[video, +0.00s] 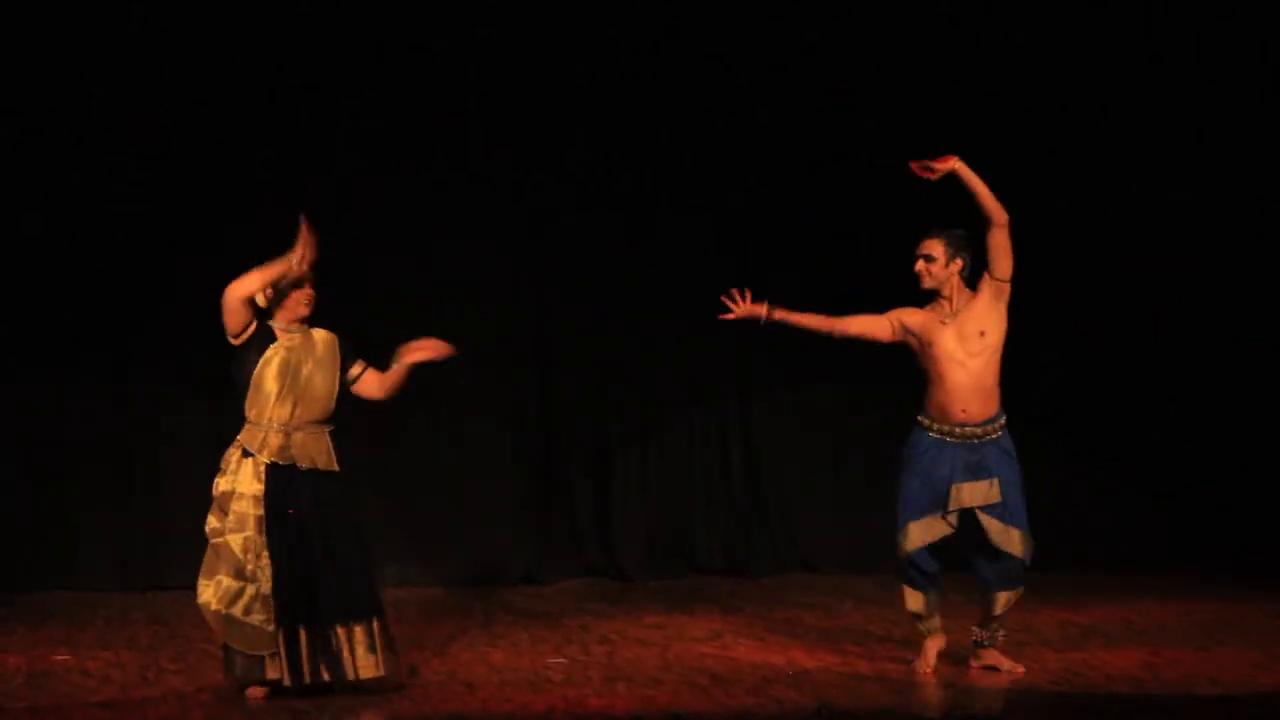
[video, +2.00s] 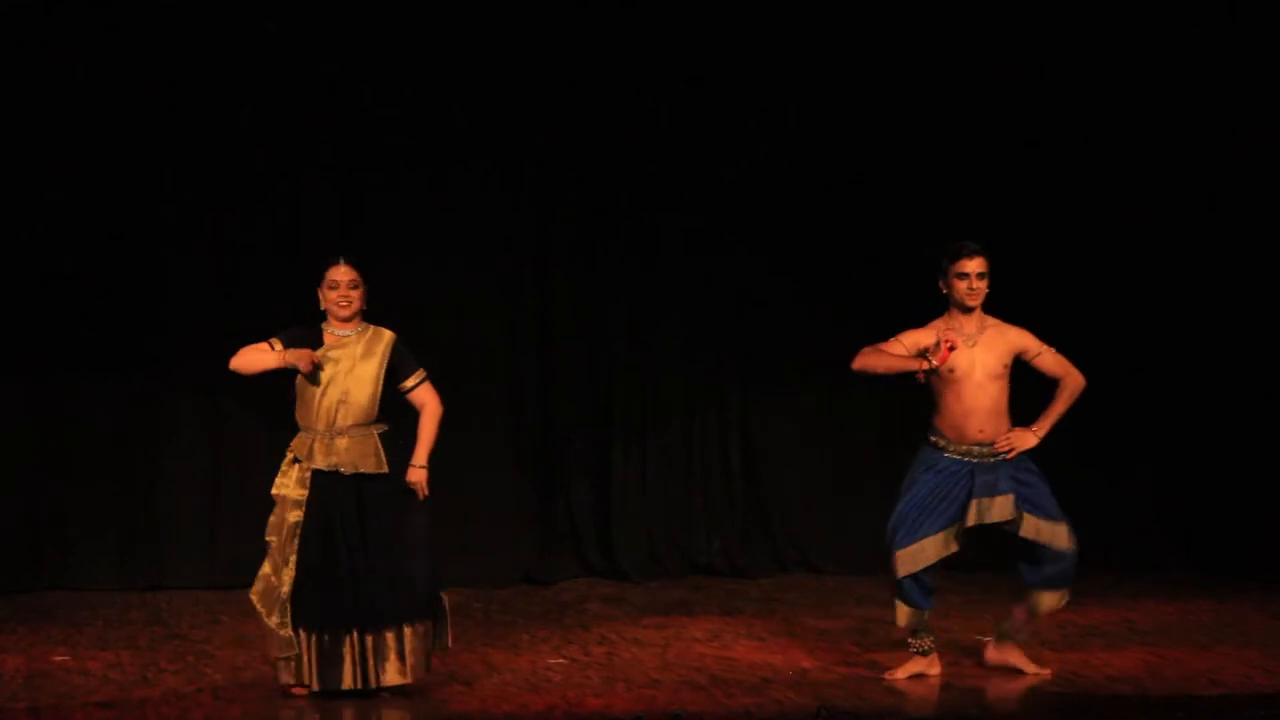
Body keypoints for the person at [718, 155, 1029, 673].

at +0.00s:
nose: (918, 268)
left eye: (929, 259)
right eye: (918, 260)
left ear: (958, 265)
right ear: (927, 268)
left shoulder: (993, 300)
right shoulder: (913, 322)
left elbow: (1000, 222)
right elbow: (838, 324)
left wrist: (960, 168)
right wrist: (769, 313)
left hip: (991, 442)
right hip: (933, 443)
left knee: (1009, 550)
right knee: (915, 546)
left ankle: (987, 646)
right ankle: (930, 639)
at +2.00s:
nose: (973, 285)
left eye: (980, 277)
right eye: (963, 277)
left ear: (988, 282)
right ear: (946, 283)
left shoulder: (1010, 337)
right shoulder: (930, 335)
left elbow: (1074, 380)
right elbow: (862, 361)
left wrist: (1037, 431)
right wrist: (924, 363)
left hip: (1004, 457)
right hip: (945, 456)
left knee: (1057, 546)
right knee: (906, 539)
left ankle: (1005, 643)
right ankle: (923, 652)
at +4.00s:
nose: (968, 281)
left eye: (973, 273)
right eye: (957, 273)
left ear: (978, 279)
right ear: (935, 280)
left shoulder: (994, 339)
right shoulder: (916, 334)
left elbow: (1058, 381)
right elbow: (857, 334)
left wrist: (1019, 430)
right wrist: (920, 332)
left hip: (988, 457)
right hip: (933, 463)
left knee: (1031, 547)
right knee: (960, 569)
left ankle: (1005, 651)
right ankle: (994, 649)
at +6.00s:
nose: (896, 296)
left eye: (896, 289)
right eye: (885, 290)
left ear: (894, 299)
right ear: (857, 300)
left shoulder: (915, 361)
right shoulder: (823, 352)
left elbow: (974, 407)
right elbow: (749, 339)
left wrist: (1024, 432)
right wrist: (739, 279)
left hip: (912, 479)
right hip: (849, 481)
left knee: (964, 564)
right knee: (800, 564)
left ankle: (913, 656)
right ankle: (841, 658)